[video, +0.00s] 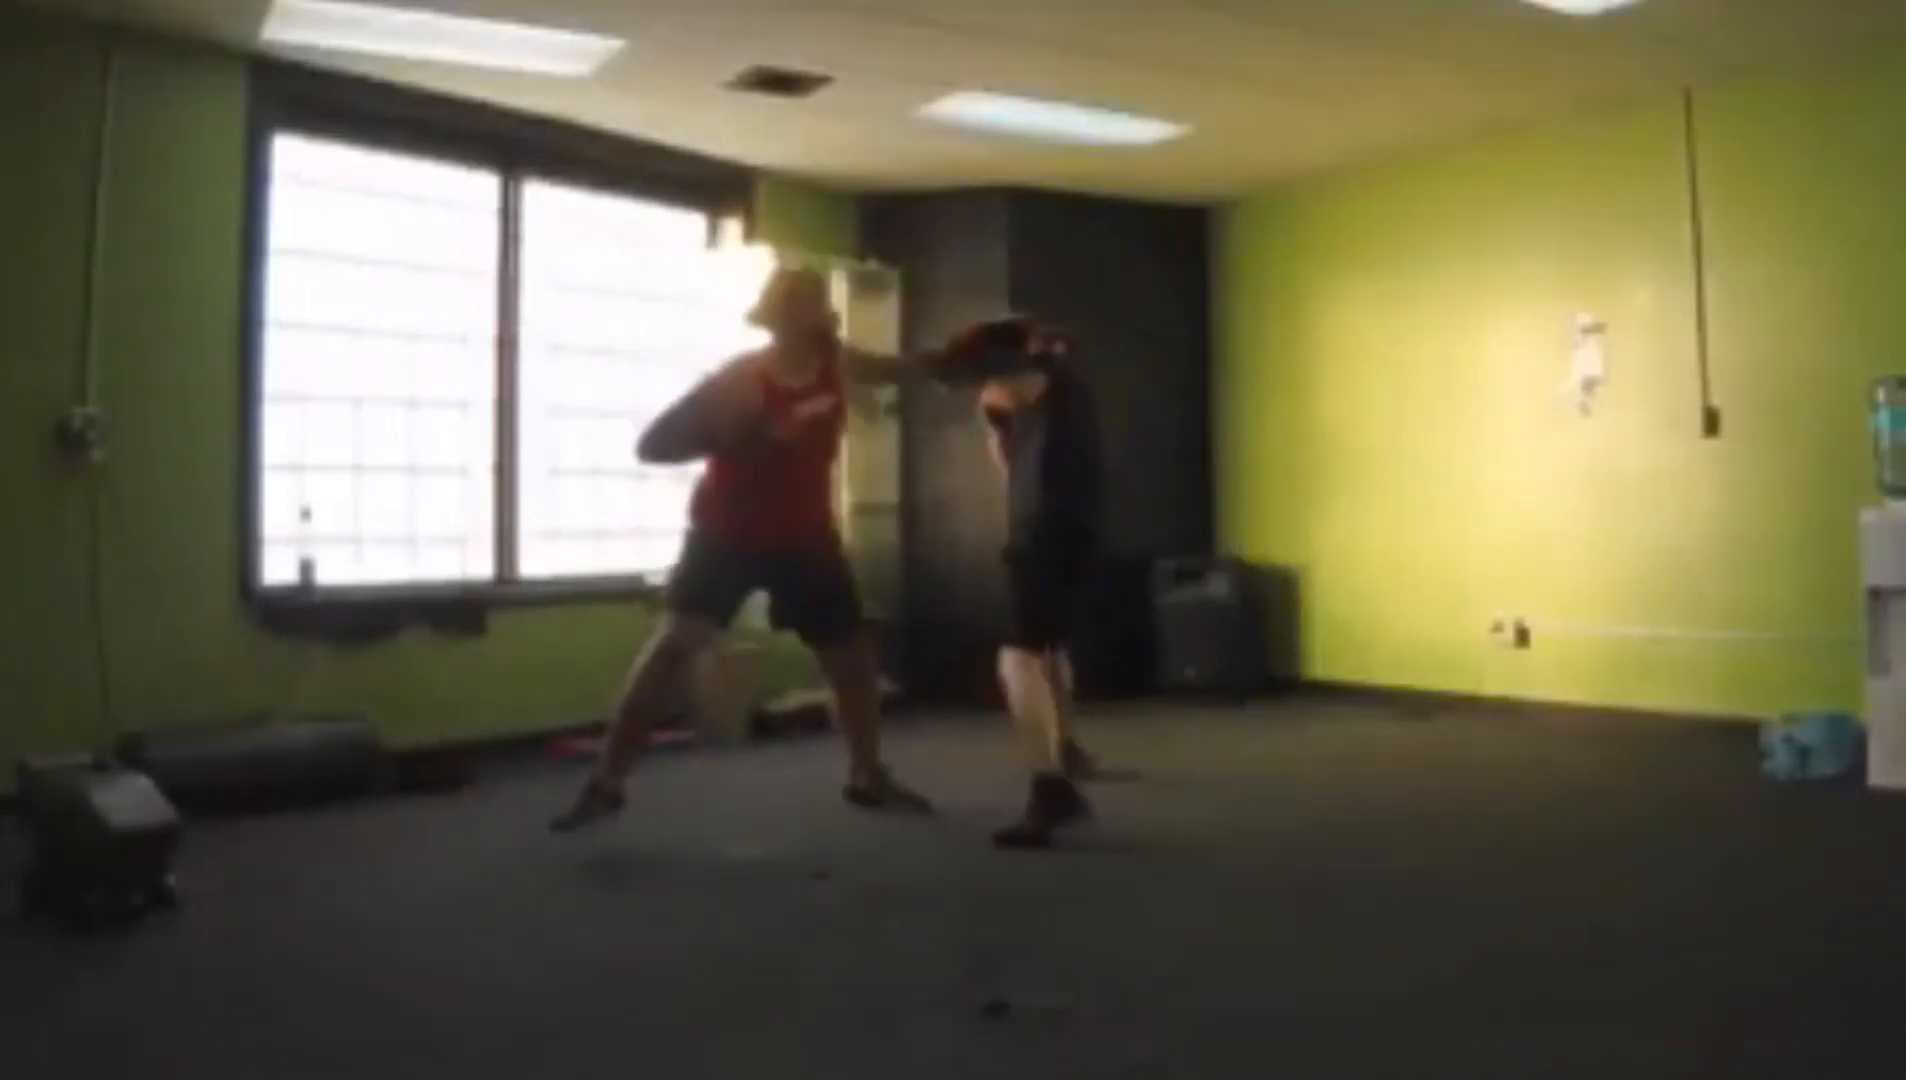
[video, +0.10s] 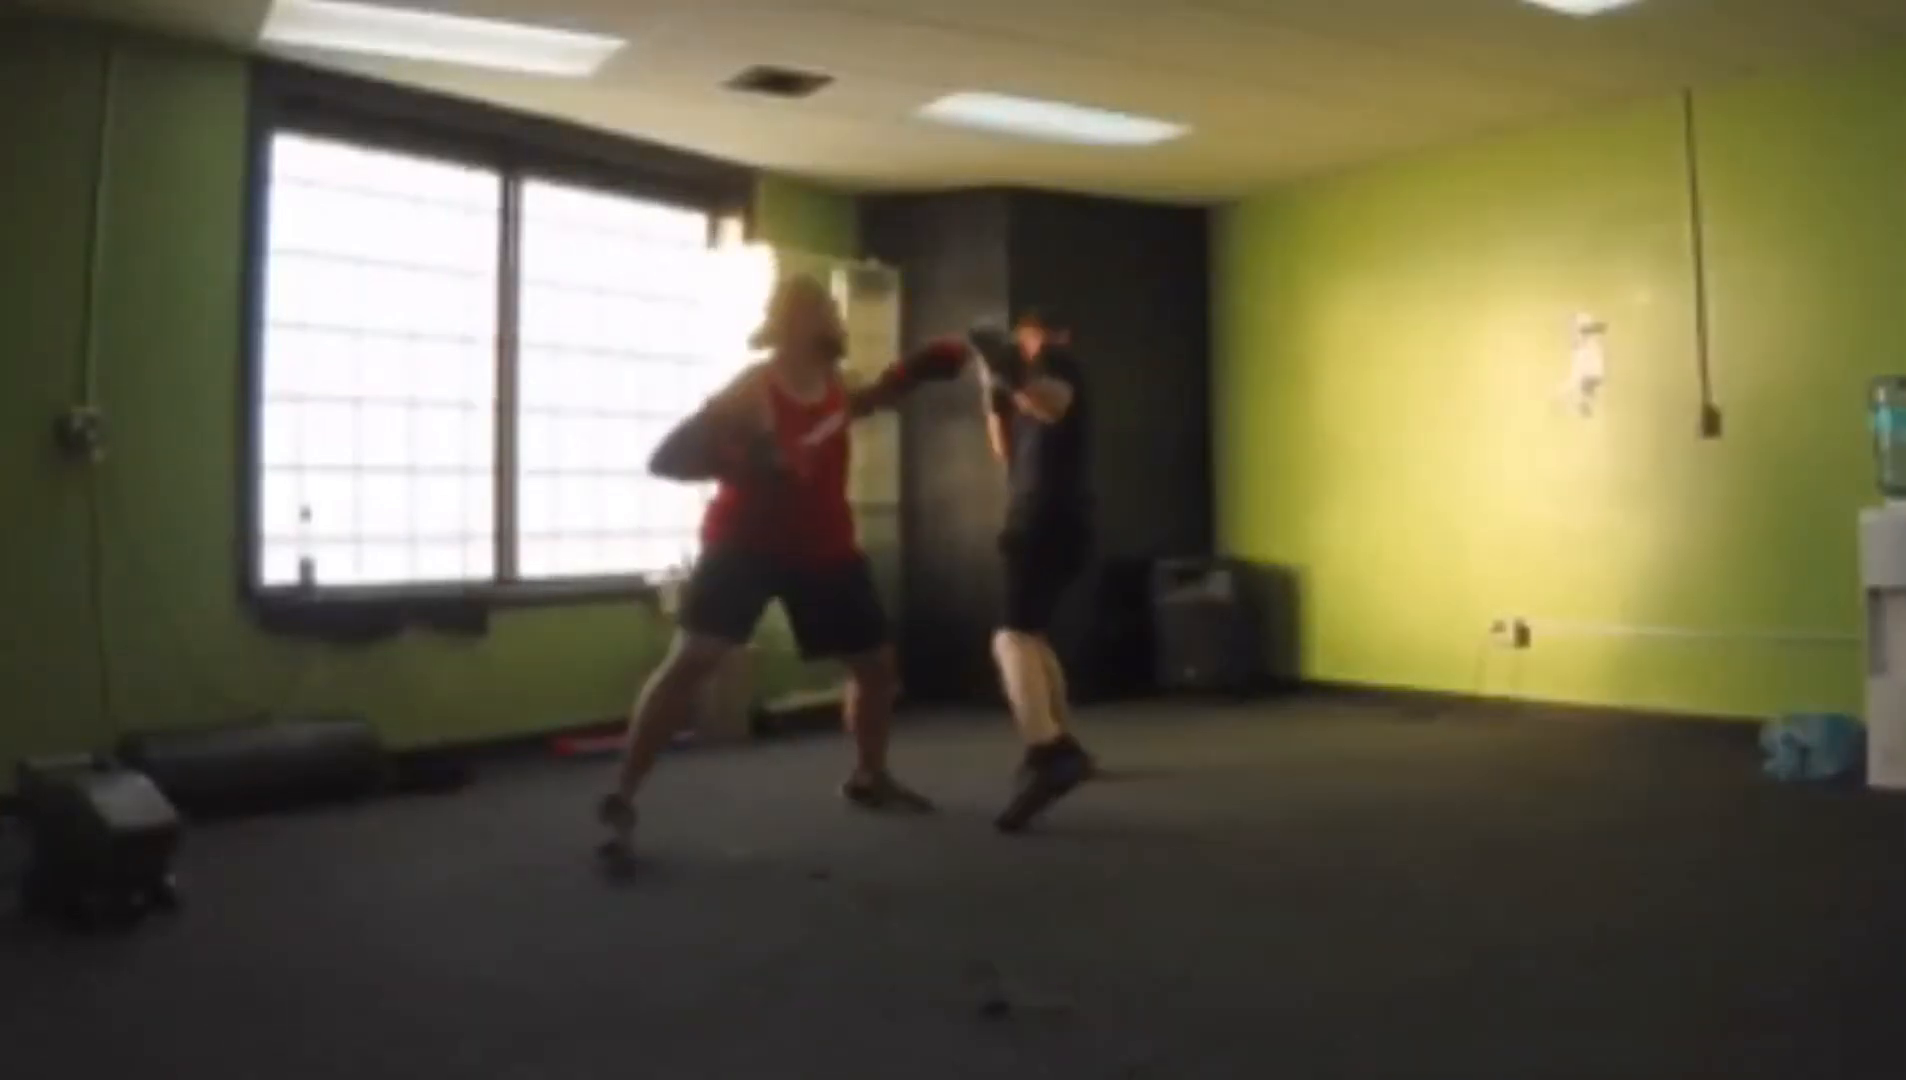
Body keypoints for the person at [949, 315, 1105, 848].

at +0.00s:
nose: (979, 382)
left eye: (981, 370)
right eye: (975, 373)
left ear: (1013, 358)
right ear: (1036, 352)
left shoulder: (1044, 385)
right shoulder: (1064, 392)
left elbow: (1008, 392)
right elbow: (1012, 472)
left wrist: (989, 393)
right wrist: (991, 420)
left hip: (1039, 539)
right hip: (1058, 536)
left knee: (1018, 659)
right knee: (1046, 654)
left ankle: (1049, 783)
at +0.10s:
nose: (1028, 343)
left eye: (1036, 332)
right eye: (1025, 333)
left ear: (1055, 336)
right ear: (1025, 343)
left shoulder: (1059, 371)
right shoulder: (1033, 384)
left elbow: (1051, 407)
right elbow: (1008, 454)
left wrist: (1005, 378)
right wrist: (993, 401)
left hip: (1046, 519)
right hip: (1036, 520)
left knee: (1012, 633)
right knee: (1030, 634)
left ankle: (1044, 747)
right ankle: (1059, 742)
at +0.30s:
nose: (1038, 327)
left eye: (1047, 318)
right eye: (1031, 318)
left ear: (1059, 318)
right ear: (1018, 318)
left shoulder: (1068, 362)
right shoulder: (1013, 361)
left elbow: (1064, 399)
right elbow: (998, 419)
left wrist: (1011, 404)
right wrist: (1060, 388)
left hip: (1051, 493)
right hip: (1029, 493)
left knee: (991, 602)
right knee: (1036, 601)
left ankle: (1037, 720)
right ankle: (1080, 703)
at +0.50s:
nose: (1032, 365)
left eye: (1038, 354)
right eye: (1024, 356)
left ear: (1051, 356)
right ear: (1011, 359)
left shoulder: (1056, 401)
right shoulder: (1017, 403)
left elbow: (1073, 445)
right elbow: (1006, 471)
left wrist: (1041, 492)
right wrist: (1001, 419)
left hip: (1050, 516)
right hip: (1032, 515)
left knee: (985, 626)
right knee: (1045, 627)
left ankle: (1036, 731)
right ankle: (1093, 713)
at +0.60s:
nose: (1020, 356)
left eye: (1027, 346)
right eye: (1013, 348)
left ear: (1044, 348)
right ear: (1004, 353)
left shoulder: (1048, 386)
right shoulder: (1015, 394)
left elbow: (1074, 422)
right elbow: (1003, 453)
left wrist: (1032, 459)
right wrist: (987, 411)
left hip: (1038, 514)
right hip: (1032, 514)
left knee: (978, 612)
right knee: (1048, 621)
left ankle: (1024, 719)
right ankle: (1094, 712)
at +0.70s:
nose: (1000, 346)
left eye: (1004, 335)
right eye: (994, 338)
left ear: (1022, 332)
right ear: (991, 341)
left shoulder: (1050, 369)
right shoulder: (1012, 376)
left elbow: (1054, 423)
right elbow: (973, 428)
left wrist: (1002, 400)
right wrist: (953, 385)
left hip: (1032, 510)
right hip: (1020, 509)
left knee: (978, 607)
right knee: (1043, 616)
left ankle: (993, 726)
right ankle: (1092, 711)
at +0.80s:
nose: (995, 352)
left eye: (1001, 340)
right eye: (990, 345)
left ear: (1019, 342)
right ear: (986, 353)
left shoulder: (1040, 381)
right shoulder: (995, 391)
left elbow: (1013, 411)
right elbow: (947, 422)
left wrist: (986, 357)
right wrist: (933, 371)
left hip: (1032, 517)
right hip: (1011, 516)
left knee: (974, 614)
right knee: (1023, 622)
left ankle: (977, 733)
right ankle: (1087, 703)